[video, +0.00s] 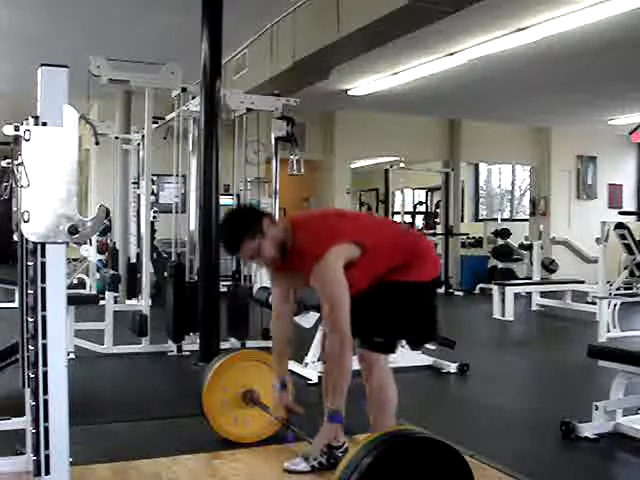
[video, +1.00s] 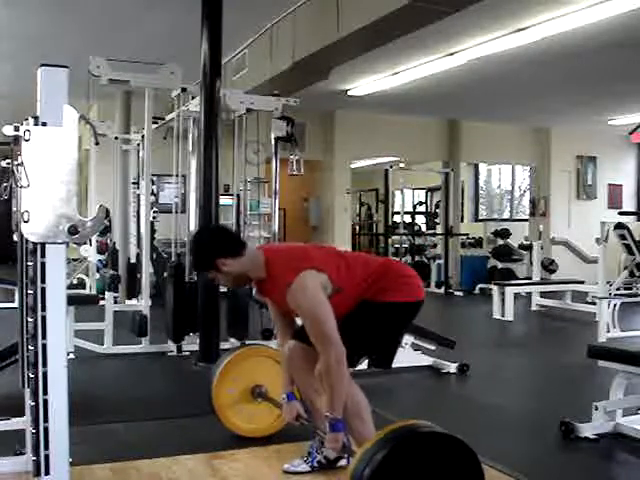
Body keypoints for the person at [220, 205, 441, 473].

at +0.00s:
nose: (261, 262)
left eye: (258, 252)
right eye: (253, 260)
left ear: (270, 224)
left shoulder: (321, 250)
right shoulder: (281, 250)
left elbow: (339, 337)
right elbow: (281, 315)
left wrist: (334, 419)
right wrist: (282, 383)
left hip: (411, 267)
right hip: (366, 273)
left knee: (372, 356)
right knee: (332, 345)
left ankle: (385, 450)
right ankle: (333, 441)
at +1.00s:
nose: (220, 284)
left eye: (215, 277)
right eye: (214, 279)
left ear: (223, 264)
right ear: (228, 259)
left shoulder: (299, 281)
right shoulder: (264, 276)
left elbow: (335, 355)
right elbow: (285, 335)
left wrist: (336, 424)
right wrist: (289, 395)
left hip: (395, 291)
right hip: (364, 295)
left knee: (330, 372)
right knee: (297, 354)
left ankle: (375, 456)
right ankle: (330, 447)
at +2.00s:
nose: (247, 124)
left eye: (249, 113)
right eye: (242, 117)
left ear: (272, 99)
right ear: (260, 110)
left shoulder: (316, 138)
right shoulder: (283, 153)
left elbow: (362, 186)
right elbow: (307, 212)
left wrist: (354, 247)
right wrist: (311, 258)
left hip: (370, 258)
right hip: (335, 262)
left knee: (361, 351)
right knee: (326, 346)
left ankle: (383, 447)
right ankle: (331, 445)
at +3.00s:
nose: (361, 102)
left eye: (366, 91)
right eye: (353, 96)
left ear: (383, 81)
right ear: (348, 95)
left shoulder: (413, 126)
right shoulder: (351, 135)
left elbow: (424, 192)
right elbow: (340, 190)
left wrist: (368, 223)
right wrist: (344, 221)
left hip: (398, 260)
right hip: (360, 260)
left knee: (385, 351)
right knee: (365, 350)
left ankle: (412, 443)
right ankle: (375, 442)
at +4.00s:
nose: (283, 240)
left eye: (284, 230)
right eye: (275, 236)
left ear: (298, 204)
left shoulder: (346, 223)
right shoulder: (287, 229)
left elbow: (369, 321)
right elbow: (291, 291)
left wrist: (374, 398)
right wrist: (291, 358)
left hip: (406, 271)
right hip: (359, 271)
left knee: (369, 356)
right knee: (330, 349)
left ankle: (365, 452)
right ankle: (324, 444)